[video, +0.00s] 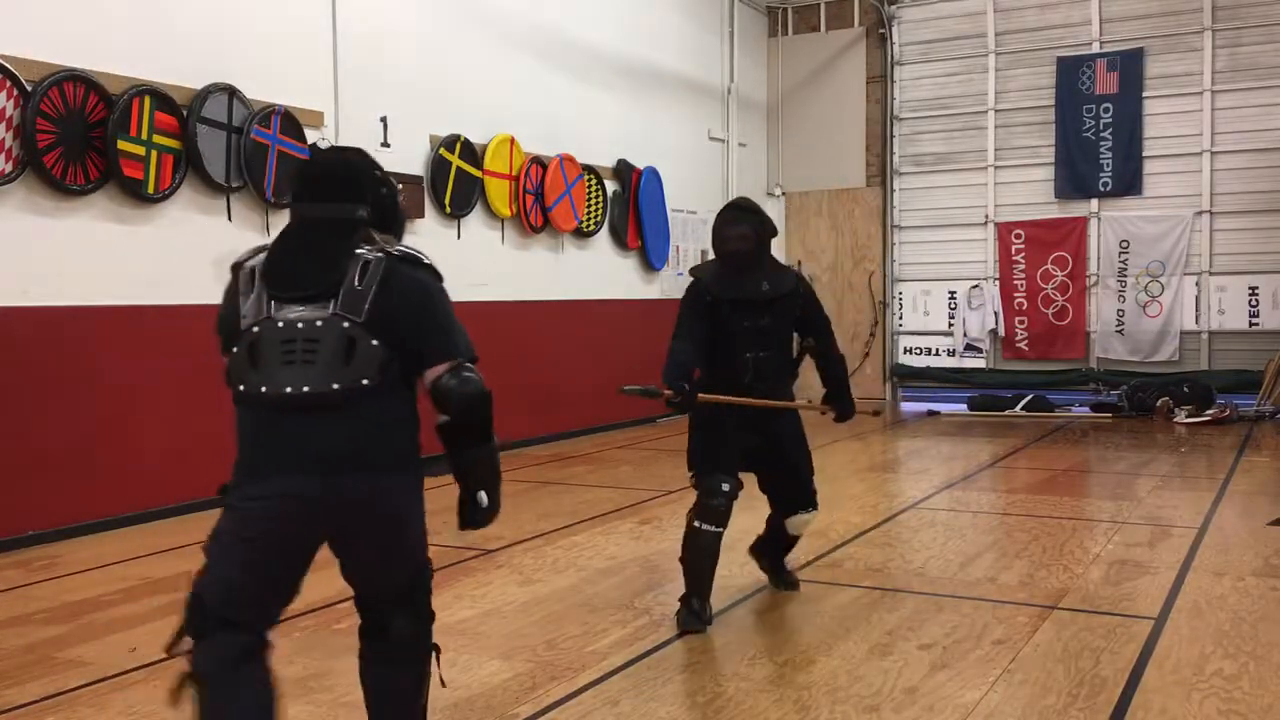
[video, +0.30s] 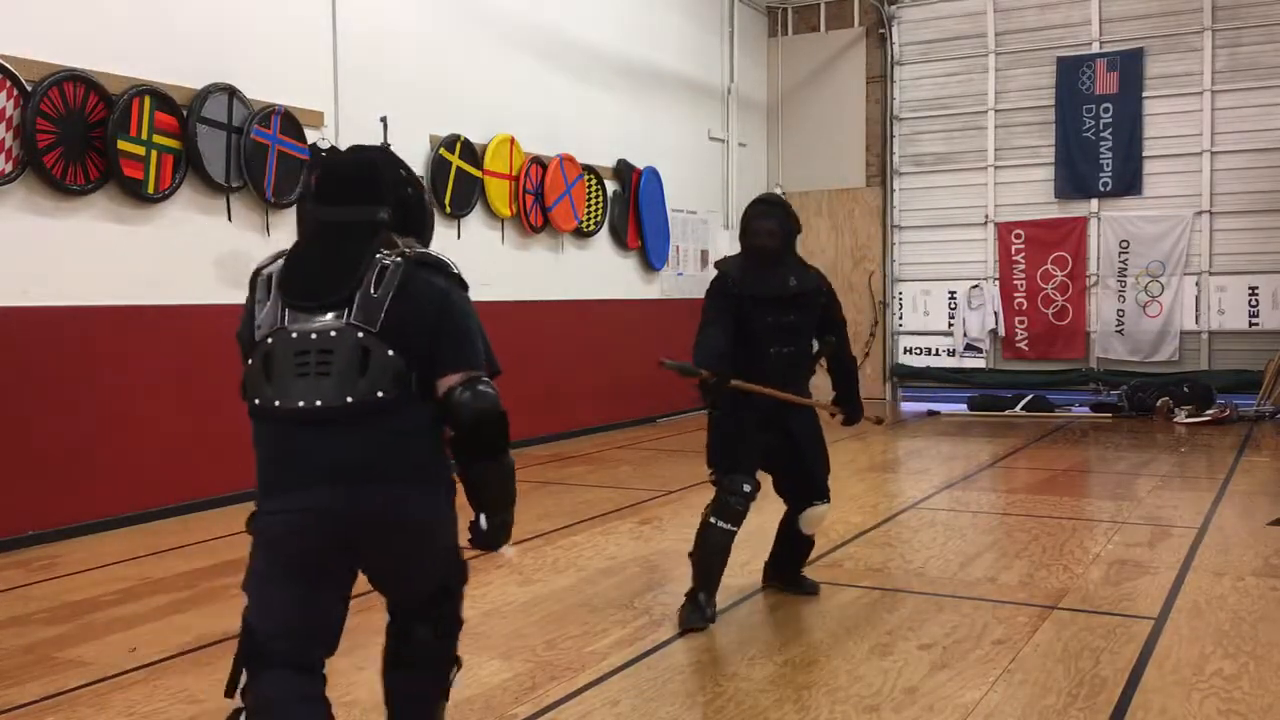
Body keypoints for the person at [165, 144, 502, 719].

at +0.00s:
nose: (397, 211)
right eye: (390, 202)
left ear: (300, 206)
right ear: (372, 208)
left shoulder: (248, 279)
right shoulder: (401, 276)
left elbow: (240, 371)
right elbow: (460, 392)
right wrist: (478, 479)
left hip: (272, 488)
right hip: (378, 488)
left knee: (226, 628)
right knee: (396, 624)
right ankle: (397, 710)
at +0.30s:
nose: (422, 212)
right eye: (413, 201)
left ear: (313, 211)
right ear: (397, 207)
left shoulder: (268, 283)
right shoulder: (425, 280)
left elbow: (258, 392)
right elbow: (472, 409)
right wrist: (494, 507)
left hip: (295, 507)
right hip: (404, 502)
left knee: (282, 666)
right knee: (424, 610)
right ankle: (416, 708)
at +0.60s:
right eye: (471, 206)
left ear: (381, 213)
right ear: (462, 212)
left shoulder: (332, 290)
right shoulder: (487, 290)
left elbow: (318, 379)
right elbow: (538, 414)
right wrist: (557, 512)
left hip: (360, 522)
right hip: (471, 519)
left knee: (306, 671)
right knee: (547, 634)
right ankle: (596, 709)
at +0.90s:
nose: (500, 219)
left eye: (505, 208)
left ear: (511, 213)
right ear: (590, 208)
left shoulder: (491, 279)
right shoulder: (632, 271)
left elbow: (453, 372)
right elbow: (676, 315)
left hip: (540, 490)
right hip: (639, 487)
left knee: (458, 611)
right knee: (612, 606)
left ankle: (424, 705)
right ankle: (629, 707)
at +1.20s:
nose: (605, 207)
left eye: (612, 196)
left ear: (619, 208)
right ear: (691, 202)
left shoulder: (612, 274)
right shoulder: (734, 250)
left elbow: (545, 353)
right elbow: (741, 214)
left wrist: (530, 350)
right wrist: (723, 166)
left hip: (710, 481)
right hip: (789, 462)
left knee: (674, 605)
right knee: (751, 584)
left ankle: (729, 708)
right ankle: (797, 679)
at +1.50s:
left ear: (759, 246)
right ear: (817, 247)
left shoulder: (734, 299)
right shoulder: (842, 288)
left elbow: (678, 384)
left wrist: (738, 374)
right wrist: (818, 207)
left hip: (775, 478)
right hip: (857, 471)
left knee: (749, 601)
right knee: (847, 557)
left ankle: (755, 705)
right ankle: (871, 679)